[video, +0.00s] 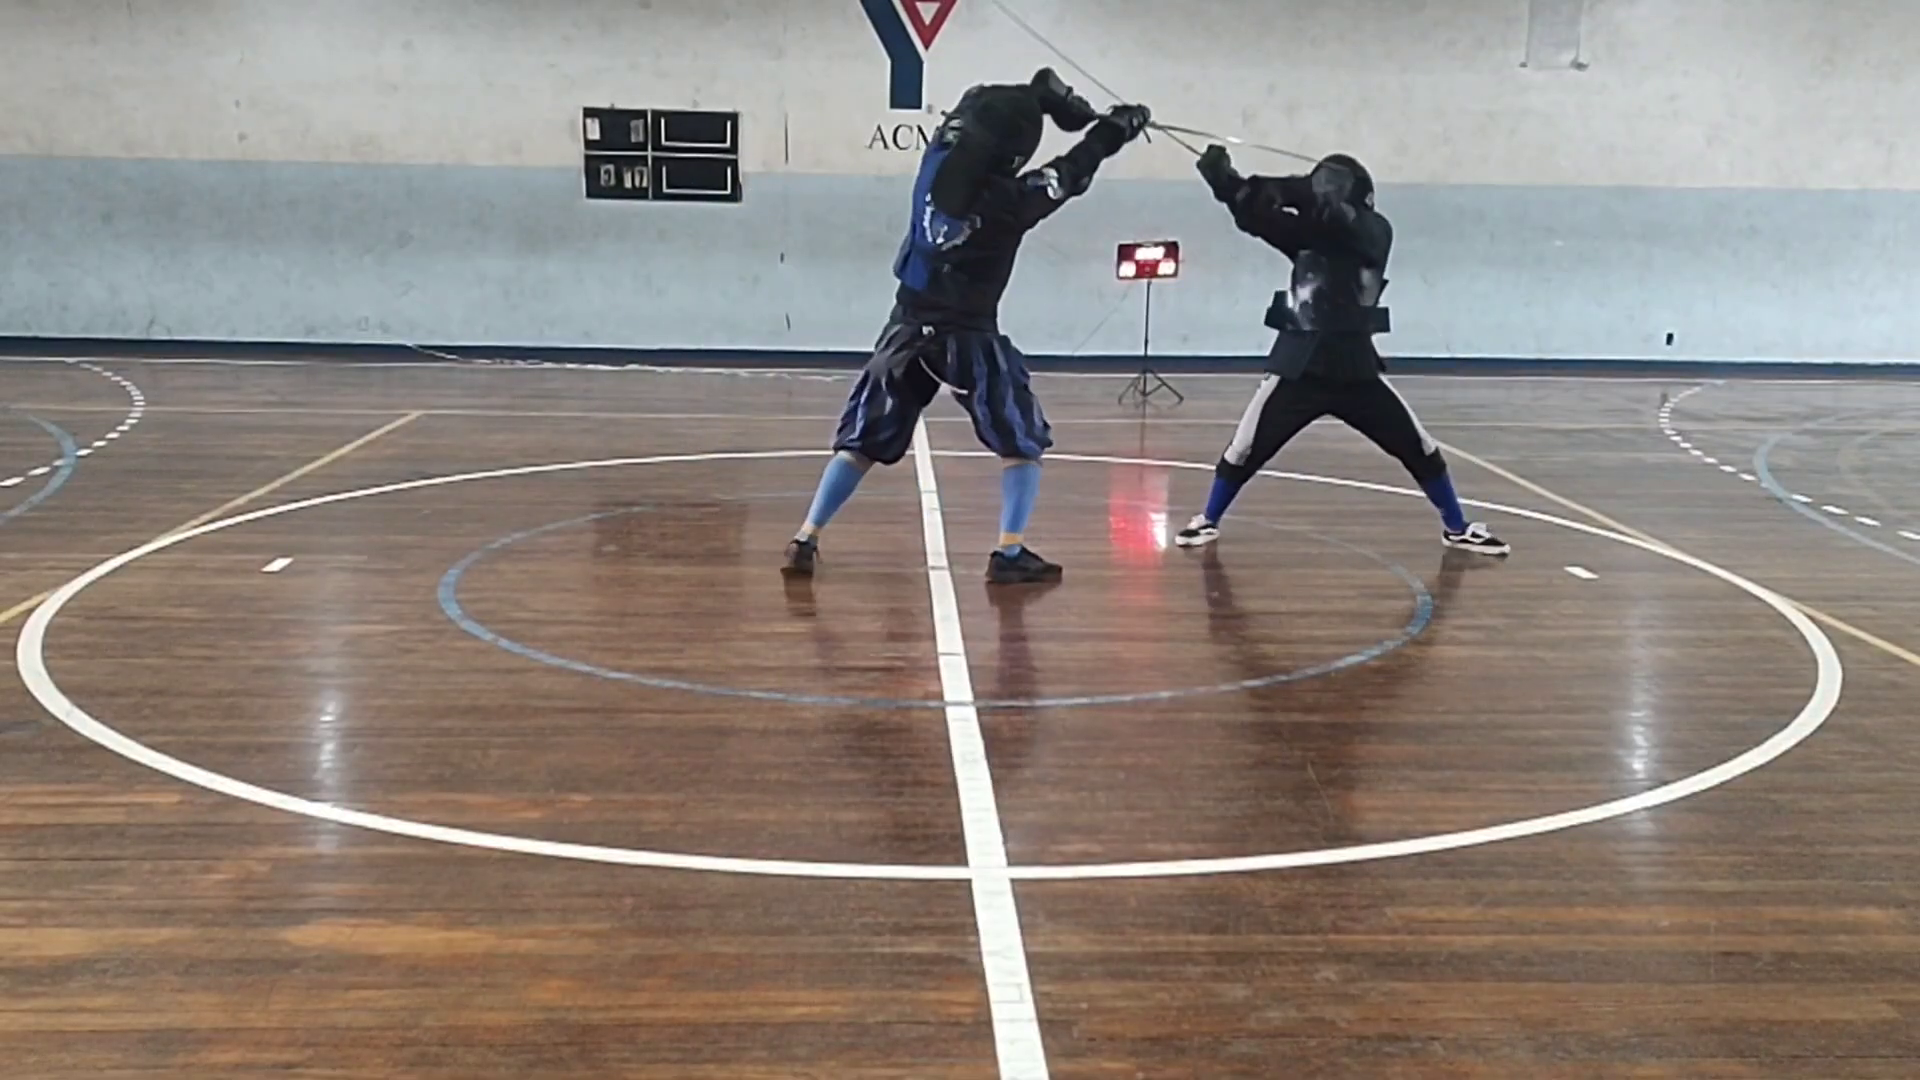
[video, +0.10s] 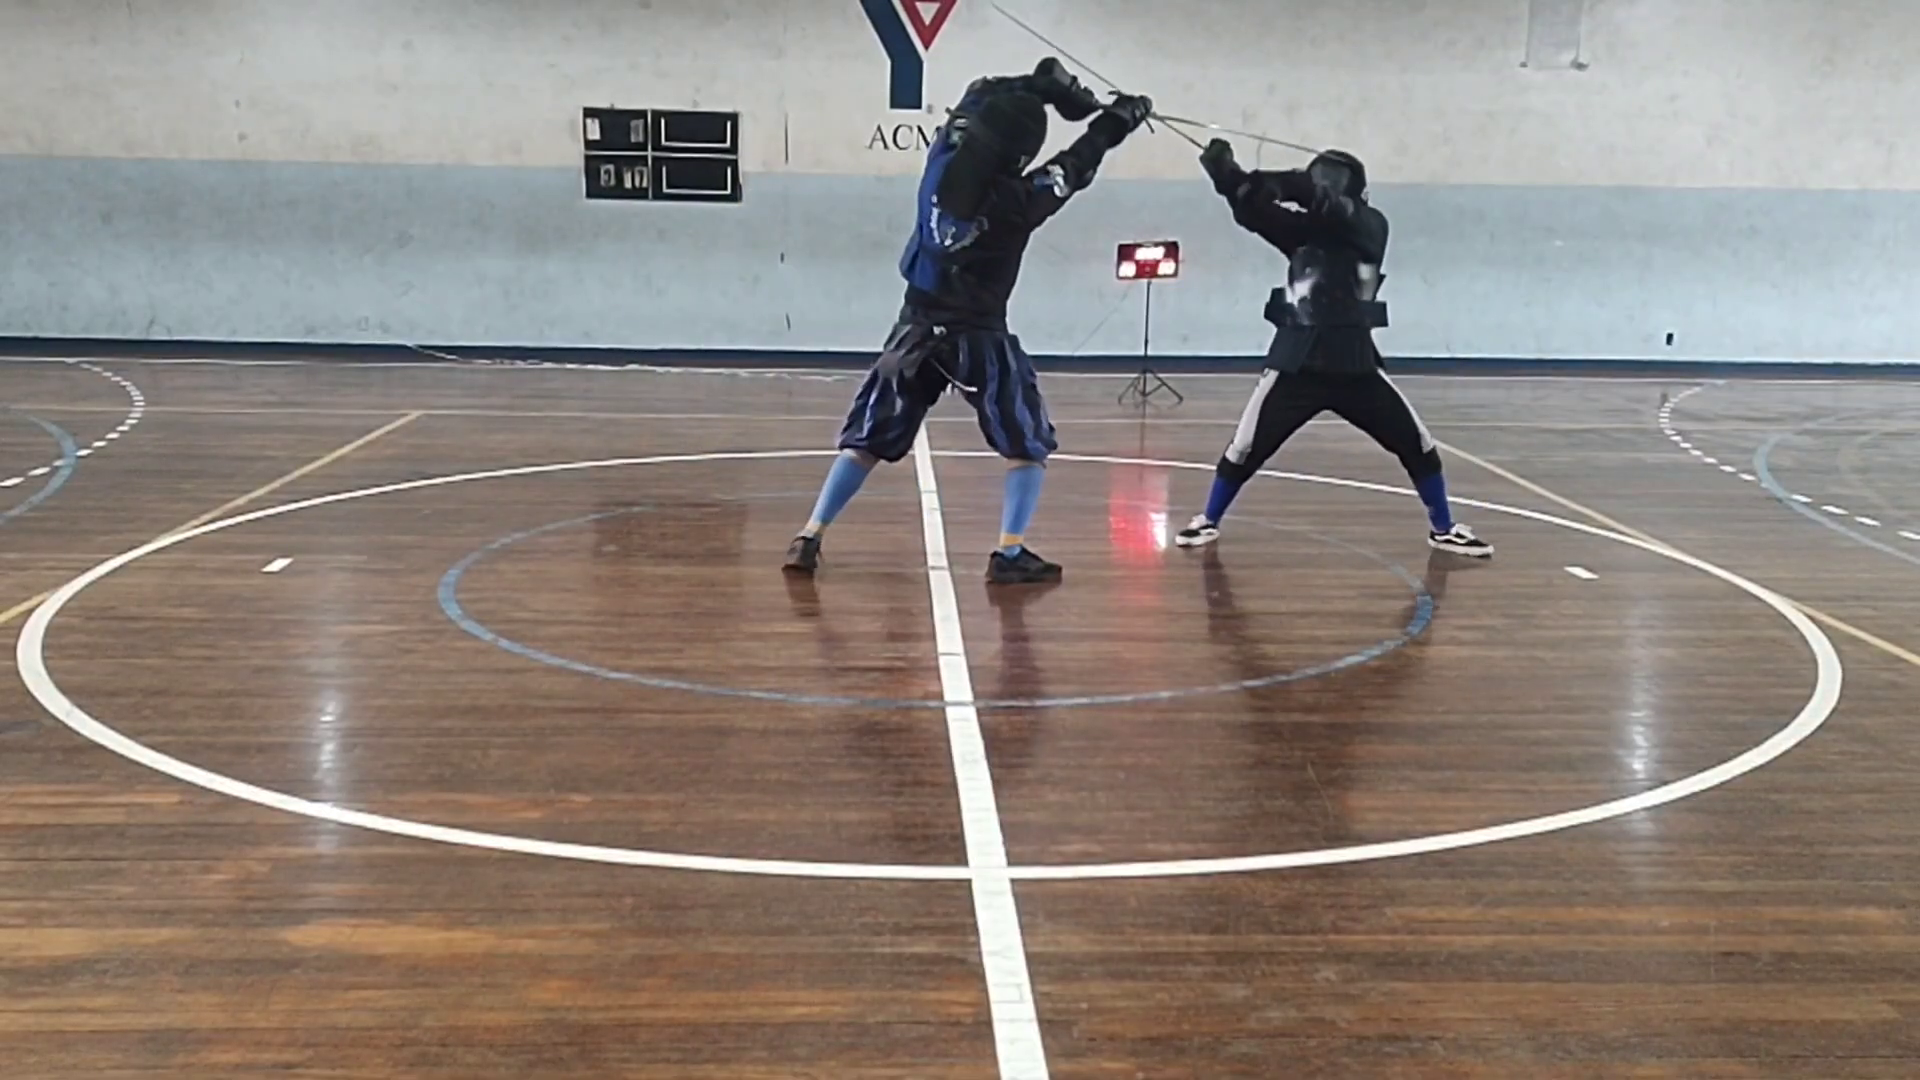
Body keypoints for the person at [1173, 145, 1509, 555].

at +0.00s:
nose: (1322, 194)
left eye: (1330, 185)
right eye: (1318, 186)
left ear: (1351, 191)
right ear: (1312, 189)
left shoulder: (1375, 231)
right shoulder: (1304, 231)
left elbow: (1328, 212)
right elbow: (1256, 216)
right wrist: (1225, 181)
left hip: (1356, 373)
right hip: (1297, 372)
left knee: (1421, 451)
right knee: (1244, 450)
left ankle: (1459, 529)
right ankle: (1208, 521)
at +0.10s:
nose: (1321, 185)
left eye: (1331, 179)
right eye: (1317, 178)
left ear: (1353, 185)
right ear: (1311, 183)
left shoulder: (1372, 226)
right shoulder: (1299, 226)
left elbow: (1331, 206)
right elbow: (1257, 213)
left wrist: (1290, 185)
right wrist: (1228, 176)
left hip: (1355, 370)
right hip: (1295, 369)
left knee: (1418, 446)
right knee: (1245, 447)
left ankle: (1444, 529)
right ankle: (1208, 521)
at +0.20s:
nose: (1324, 182)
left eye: (1335, 174)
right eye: (1319, 174)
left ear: (1357, 182)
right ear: (1312, 180)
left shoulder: (1375, 225)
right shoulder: (1302, 227)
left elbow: (1333, 204)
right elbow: (1258, 214)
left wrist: (1291, 182)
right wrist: (1231, 174)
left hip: (1360, 370)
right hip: (1298, 370)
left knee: (1420, 448)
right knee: (1248, 447)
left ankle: (1441, 530)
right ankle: (1209, 521)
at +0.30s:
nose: (1331, 184)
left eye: (1341, 176)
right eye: (1325, 175)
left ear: (1363, 183)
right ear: (1318, 183)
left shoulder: (1382, 226)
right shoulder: (1309, 228)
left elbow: (1342, 209)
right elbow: (1262, 215)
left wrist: (1302, 187)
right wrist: (1235, 179)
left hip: (1364, 371)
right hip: (1301, 369)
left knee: (1420, 447)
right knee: (1250, 444)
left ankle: (1442, 530)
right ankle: (1209, 520)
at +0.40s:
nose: (1331, 182)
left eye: (1342, 174)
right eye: (1326, 173)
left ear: (1365, 182)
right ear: (1320, 179)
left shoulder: (1384, 225)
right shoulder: (1313, 226)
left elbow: (1339, 206)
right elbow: (1265, 216)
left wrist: (1297, 185)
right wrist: (1239, 180)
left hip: (1361, 369)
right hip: (1299, 366)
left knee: (1413, 446)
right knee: (1248, 441)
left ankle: (1441, 528)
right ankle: (1209, 519)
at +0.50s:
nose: (1326, 179)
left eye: (1335, 172)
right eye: (1322, 172)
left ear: (1359, 178)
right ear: (1320, 178)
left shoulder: (1379, 223)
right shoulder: (1311, 222)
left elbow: (1334, 205)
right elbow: (1260, 216)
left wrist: (1291, 184)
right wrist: (1235, 181)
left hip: (1350, 364)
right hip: (1291, 360)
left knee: (1398, 445)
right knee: (1243, 439)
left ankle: (1437, 527)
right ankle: (1209, 519)